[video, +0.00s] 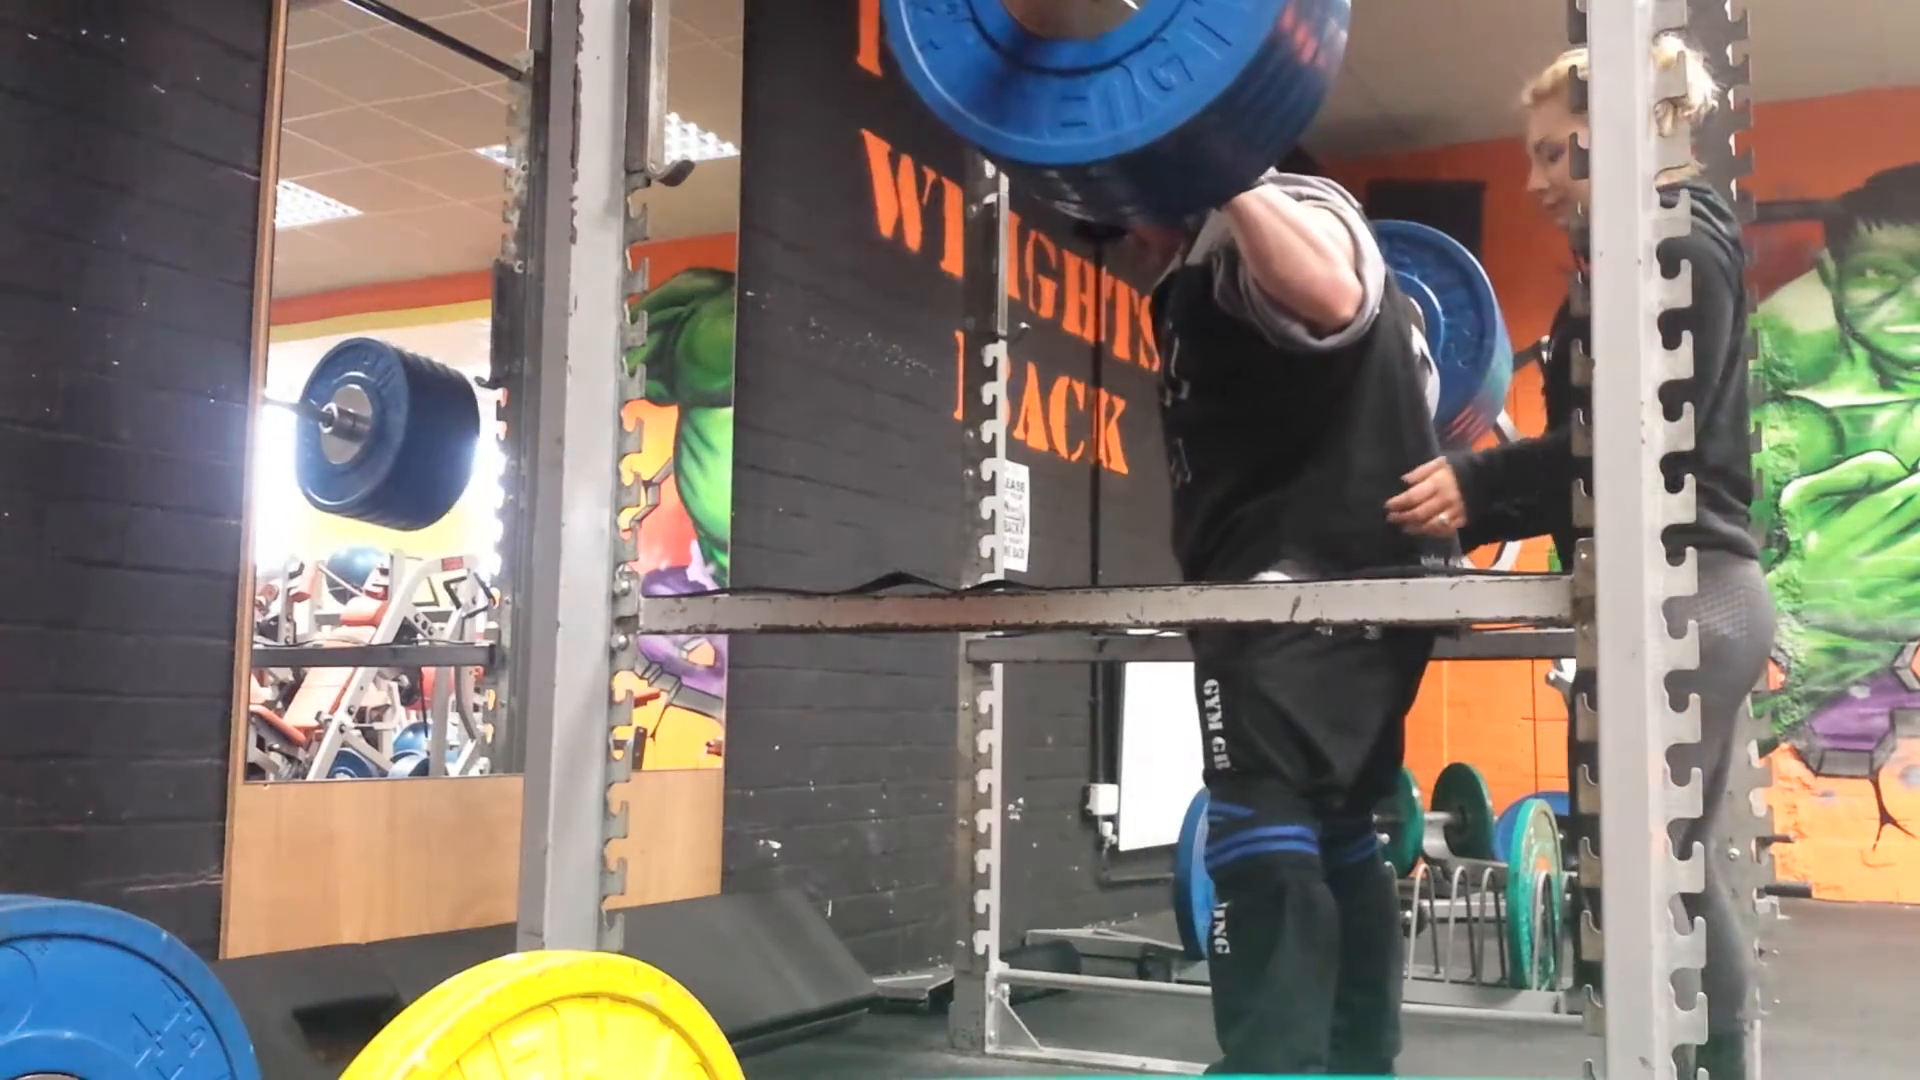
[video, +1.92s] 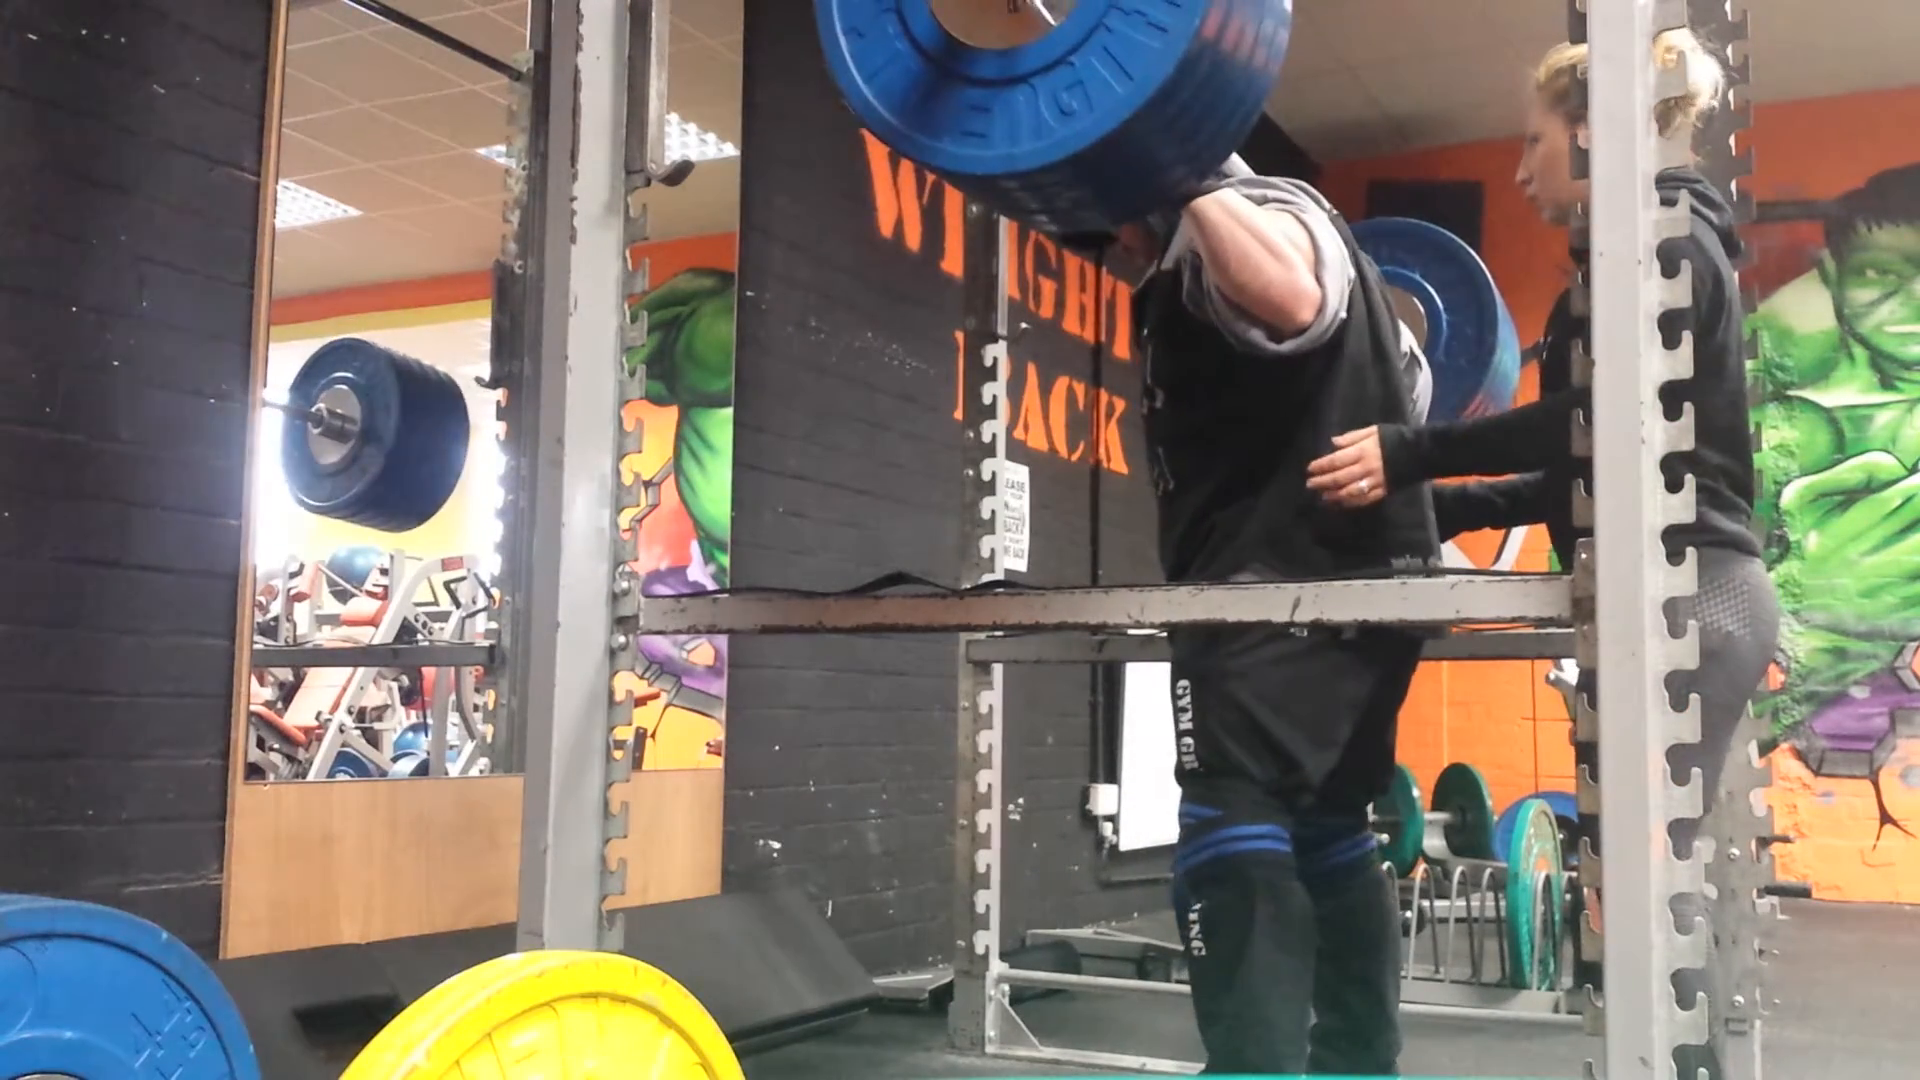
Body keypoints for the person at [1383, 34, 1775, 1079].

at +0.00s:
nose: (1536, 181)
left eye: (1556, 153)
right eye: (1532, 158)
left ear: (1620, 144)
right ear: (1580, 153)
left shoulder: (1665, 249)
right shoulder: (1652, 243)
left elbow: (1633, 439)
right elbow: (1603, 437)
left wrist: (1486, 489)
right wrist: (1485, 482)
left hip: (1679, 593)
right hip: (1678, 587)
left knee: (1652, 863)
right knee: (1686, 862)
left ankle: (1679, 1063)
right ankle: (1708, 1059)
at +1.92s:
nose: (1521, 169)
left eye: (1533, 143)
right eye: (1524, 145)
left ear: (1592, 140)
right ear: (1585, 143)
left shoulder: (1652, 241)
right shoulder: (1650, 250)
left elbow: (1591, 422)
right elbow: (1593, 475)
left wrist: (1406, 453)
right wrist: (1445, 508)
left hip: (1683, 584)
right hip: (1695, 584)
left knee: (1643, 862)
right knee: (1666, 859)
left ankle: (1665, 1061)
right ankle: (1700, 1056)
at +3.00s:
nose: (1548, 178)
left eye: (1558, 157)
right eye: (1553, 157)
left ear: (1597, 157)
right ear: (1636, 156)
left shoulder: (1647, 240)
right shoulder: (1653, 255)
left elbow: (1568, 408)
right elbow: (1579, 480)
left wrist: (1393, 440)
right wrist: (1431, 501)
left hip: (1669, 583)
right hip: (1673, 586)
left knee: (1634, 840)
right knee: (1646, 841)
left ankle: (1659, 1056)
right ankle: (1673, 1053)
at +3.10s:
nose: (1544, 167)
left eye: (1556, 145)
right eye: (1551, 146)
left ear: (1601, 149)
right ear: (1628, 151)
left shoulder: (1640, 241)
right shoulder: (1669, 253)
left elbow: (1559, 396)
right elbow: (1575, 479)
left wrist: (1385, 436)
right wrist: (1422, 495)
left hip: (1658, 584)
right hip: (1693, 582)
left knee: (1614, 842)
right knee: (1628, 842)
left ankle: (1644, 1051)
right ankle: (1651, 1048)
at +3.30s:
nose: (1525, 175)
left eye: (1538, 152)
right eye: (1530, 153)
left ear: (1589, 154)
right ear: (1591, 160)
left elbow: (1585, 411)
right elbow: (1573, 485)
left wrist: (1397, 447)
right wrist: (1432, 508)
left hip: (1630, 593)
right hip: (1588, 595)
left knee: (1599, 830)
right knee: (1575, 828)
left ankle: (1639, 1043)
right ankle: (1619, 1039)